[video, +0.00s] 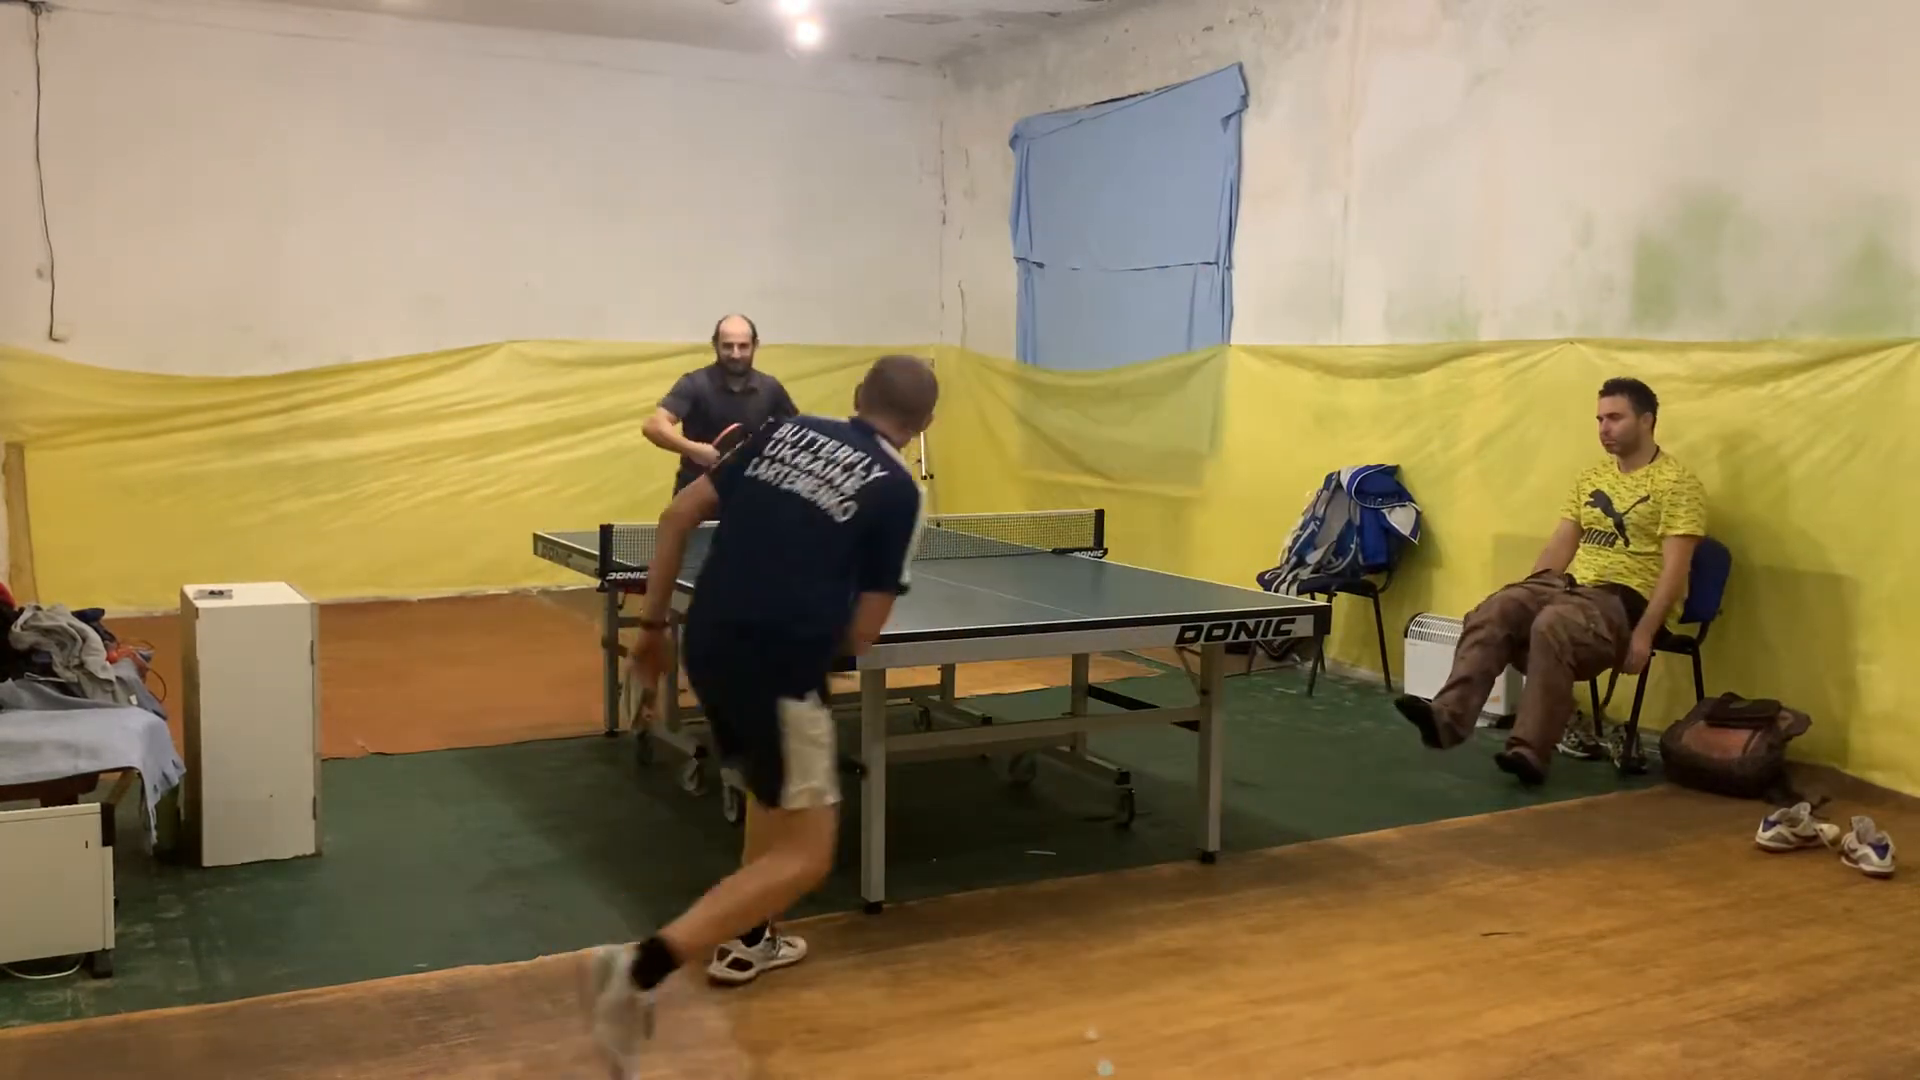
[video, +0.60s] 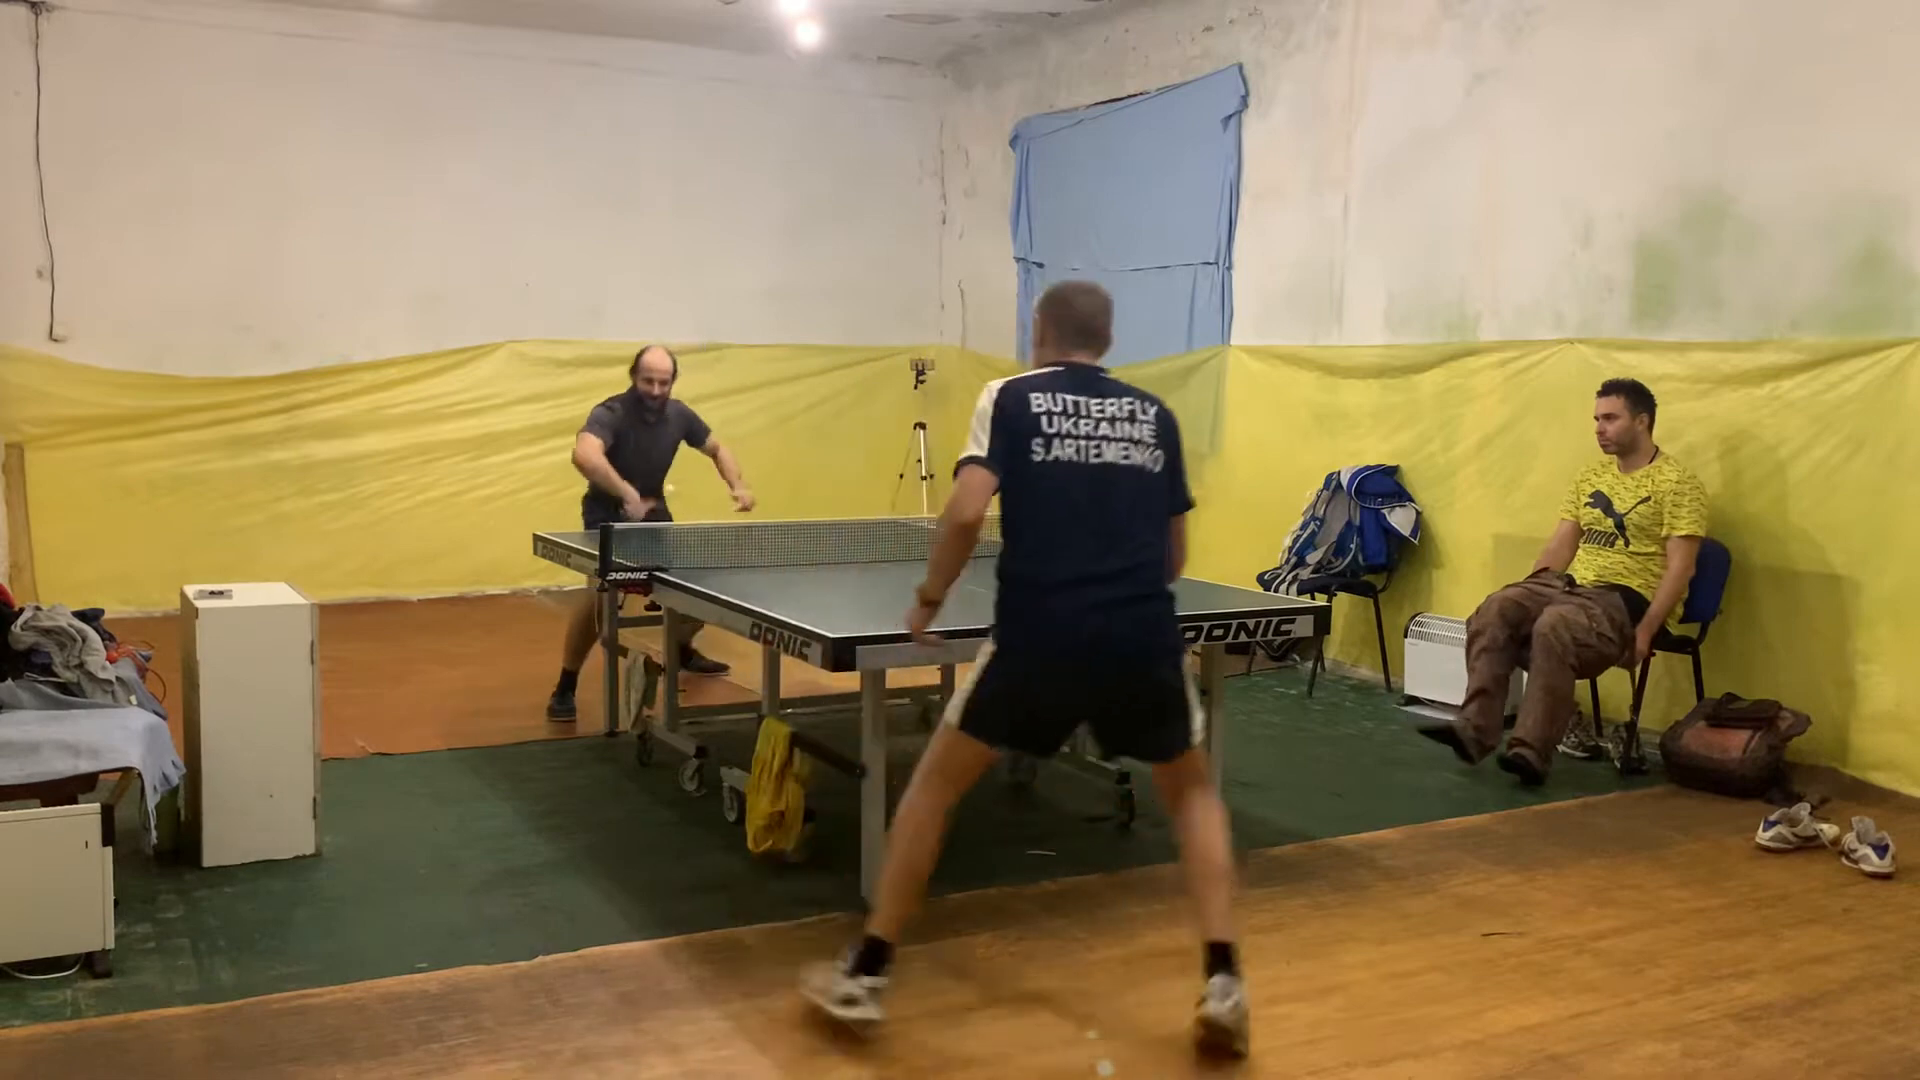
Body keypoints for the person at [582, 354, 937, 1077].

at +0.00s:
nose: (926, 434)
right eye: (928, 424)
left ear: (860, 396)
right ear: (920, 423)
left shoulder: (785, 429)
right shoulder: (896, 490)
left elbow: (678, 516)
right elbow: (866, 629)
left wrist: (654, 622)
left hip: (711, 637)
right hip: (781, 656)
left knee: (768, 792)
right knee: (805, 852)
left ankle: (748, 939)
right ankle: (640, 969)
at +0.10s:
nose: (931, 392)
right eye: (936, 384)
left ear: (867, 363)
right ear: (930, 385)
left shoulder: (799, 405)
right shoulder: (930, 465)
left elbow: (701, 494)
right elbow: (900, 601)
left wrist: (673, 597)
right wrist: (842, 571)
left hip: (755, 625)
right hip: (839, 641)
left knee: (786, 762)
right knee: (878, 819)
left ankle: (759, 924)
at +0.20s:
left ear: (886, 344)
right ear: (952, 363)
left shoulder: (829, 391)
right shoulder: (964, 442)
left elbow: (744, 486)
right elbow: (940, 569)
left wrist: (706, 594)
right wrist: (887, 615)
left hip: (797, 620)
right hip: (889, 635)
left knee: (800, 758)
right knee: (953, 797)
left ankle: (779, 938)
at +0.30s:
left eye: (916, 351)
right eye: (979, 363)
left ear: (916, 353)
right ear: (983, 367)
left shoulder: (864, 403)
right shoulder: (1001, 448)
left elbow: (785, 496)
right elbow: (983, 577)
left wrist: (748, 615)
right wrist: (940, 627)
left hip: (848, 636)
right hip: (945, 644)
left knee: (818, 763)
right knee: (1028, 802)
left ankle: (783, 939)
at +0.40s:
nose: (961, 366)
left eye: (960, 354)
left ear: (960, 358)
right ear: (1028, 369)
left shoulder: (913, 410)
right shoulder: (1055, 449)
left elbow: (855, 513)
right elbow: (1046, 583)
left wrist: (809, 620)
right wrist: (1001, 633)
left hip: (912, 655)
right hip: (1016, 661)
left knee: (848, 771)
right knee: (1096, 815)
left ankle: (785, 939)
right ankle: (1186, 999)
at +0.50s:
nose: (1005, 363)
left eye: (1003, 351)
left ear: (1003, 355)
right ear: (1073, 362)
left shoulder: (970, 410)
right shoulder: (1115, 434)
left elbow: (931, 519)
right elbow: (1120, 570)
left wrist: (870, 612)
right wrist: (1080, 628)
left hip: (991, 665)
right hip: (1093, 672)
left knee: (888, 799)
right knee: (1147, 828)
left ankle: (794, 943)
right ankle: (1201, 1019)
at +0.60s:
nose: (1030, 343)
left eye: (1032, 332)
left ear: (1038, 335)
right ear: (1108, 344)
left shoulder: (1008, 397)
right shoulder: (1155, 414)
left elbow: (966, 513)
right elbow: (1173, 560)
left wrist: (930, 597)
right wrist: (1108, 585)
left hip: (1038, 643)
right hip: (1141, 644)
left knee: (933, 792)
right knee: (1191, 790)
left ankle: (865, 973)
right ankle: (1224, 977)